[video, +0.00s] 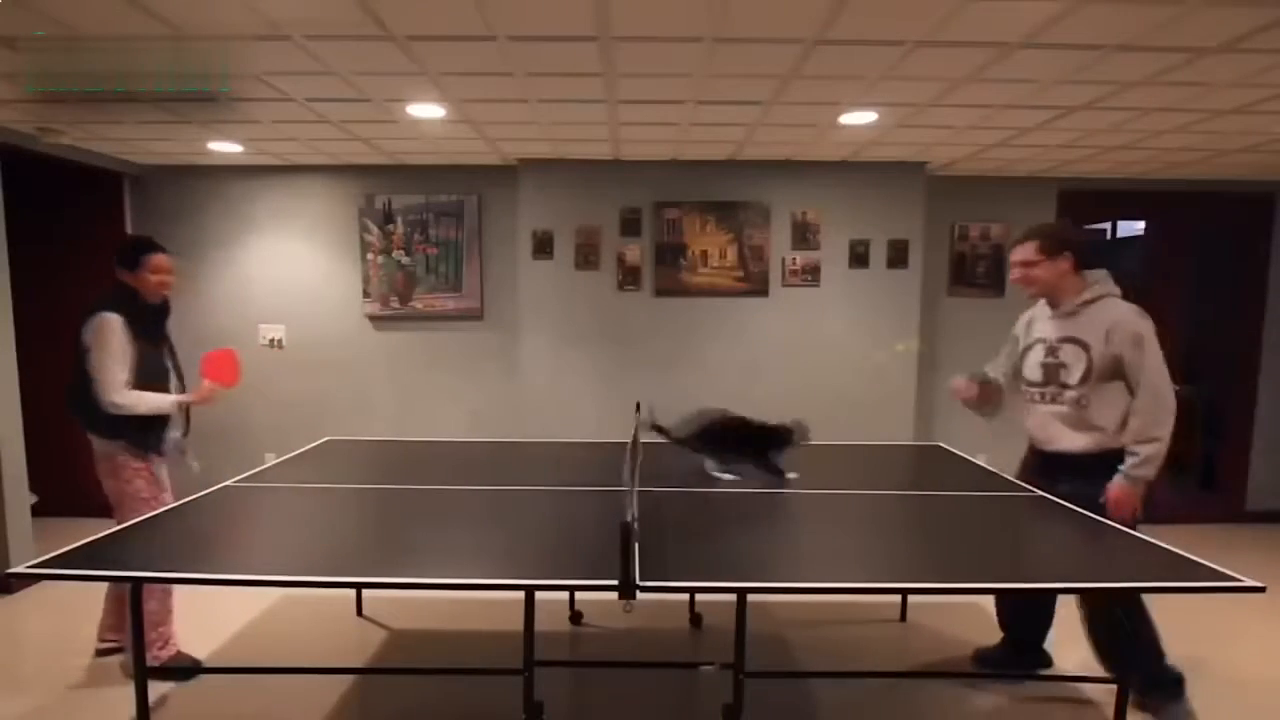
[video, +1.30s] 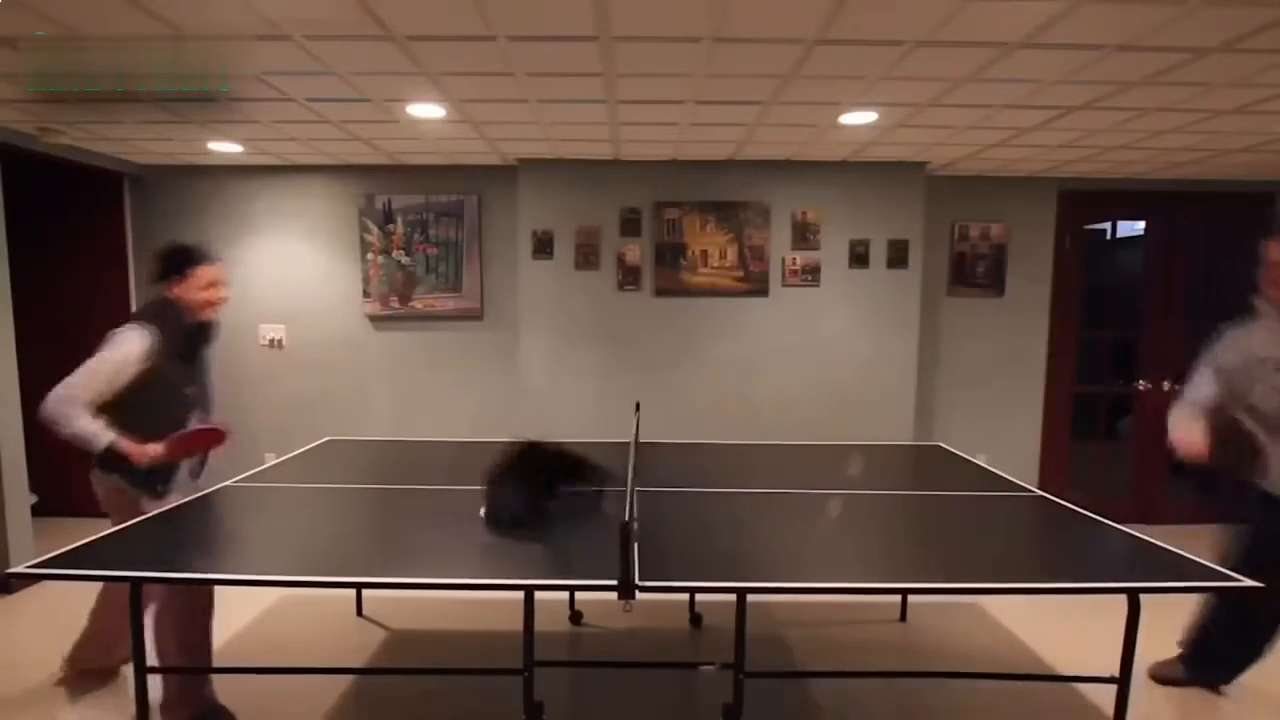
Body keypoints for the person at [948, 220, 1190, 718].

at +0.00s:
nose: (1017, 277)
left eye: (1026, 266)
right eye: (1014, 268)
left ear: (1064, 263)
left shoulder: (1124, 322)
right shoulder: (1030, 321)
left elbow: (1157, 403)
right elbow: (1001, 387)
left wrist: (1133, 476)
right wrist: (979, 393)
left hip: (1100, 469)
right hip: (1041, 464)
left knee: (1104, 586)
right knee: (1018, 555)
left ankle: (1160, 692)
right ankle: (1022, 647)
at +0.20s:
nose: (1078, 256)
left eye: (1089, 246)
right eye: (1075, 248)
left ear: (1122, 250)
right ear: (1072, 257)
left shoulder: (1166, 314)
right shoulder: (1064, 313)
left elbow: (1197, 404)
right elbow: (1033, 358)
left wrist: (1174, 476)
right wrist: (991, 361)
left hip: (1132, 468)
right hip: (1062, 462)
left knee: (1145, 586)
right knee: (1036, 558)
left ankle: (1210, 691)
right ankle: (1021, 648)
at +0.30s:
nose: (1111, 253)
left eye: (1123, 242)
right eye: (1109, 244)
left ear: (1158, 248)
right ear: (1106, 253)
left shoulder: (1206, 314)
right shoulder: (1109, 308)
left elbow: (1232, 406)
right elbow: (1106, 382)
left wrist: (1210, 481)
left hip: (1169, 470)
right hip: (1103, 461)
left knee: (1180, 588)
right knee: (1064, 557)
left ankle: (1211, 695)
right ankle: (1023, 651)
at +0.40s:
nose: (1139, 253)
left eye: (1151, 243)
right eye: (1139, 242)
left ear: (1190, 249)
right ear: (1143, 250)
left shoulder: (1238, 318)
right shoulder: (1149, 307)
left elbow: (1266, 415)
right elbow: (1150, 380)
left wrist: (1243, 492)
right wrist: (1109, 393)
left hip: (1200, 475)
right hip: (1140, 467)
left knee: (1202, 595)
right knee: (1103, 568)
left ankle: (1212, 698)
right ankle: (1052, 656)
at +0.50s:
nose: (1157, 246)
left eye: (1170, 236)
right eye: (1156, 236)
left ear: (1211, 242)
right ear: (1156, 243)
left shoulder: (1258, 309)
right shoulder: (1162, 302)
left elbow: (1276, 402)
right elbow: (1167, 371)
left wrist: (1267, 480)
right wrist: (1132, 384)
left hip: (1222, 466)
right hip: (1158, 458)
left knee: (1218, 589)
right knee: (1136, 563)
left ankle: (1212, 698)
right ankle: (1130, 654)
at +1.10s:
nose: (1218, 250)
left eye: (1232, 239)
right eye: (1214, 239)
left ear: (1267, 248)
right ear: (1206, 248)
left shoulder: (1275, 308)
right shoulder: (1194, 315)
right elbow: (1186, 379)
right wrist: (1160, 390)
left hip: (1267, 462)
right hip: (1206, 461)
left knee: (1278, 567)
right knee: (1206, 564)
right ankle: (1200, 659)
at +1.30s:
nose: (1272, 275)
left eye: (1278, 266)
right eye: (1268, 265)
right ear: (1259, 271)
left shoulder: (1254, 341)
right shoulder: (1247, 339)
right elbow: (1201, 387)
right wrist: (1191, 425)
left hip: (1274, 490)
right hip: (1267, 487)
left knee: (1258, 583)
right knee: (1252, 580)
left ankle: (1209, 663)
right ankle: (1208, 663)